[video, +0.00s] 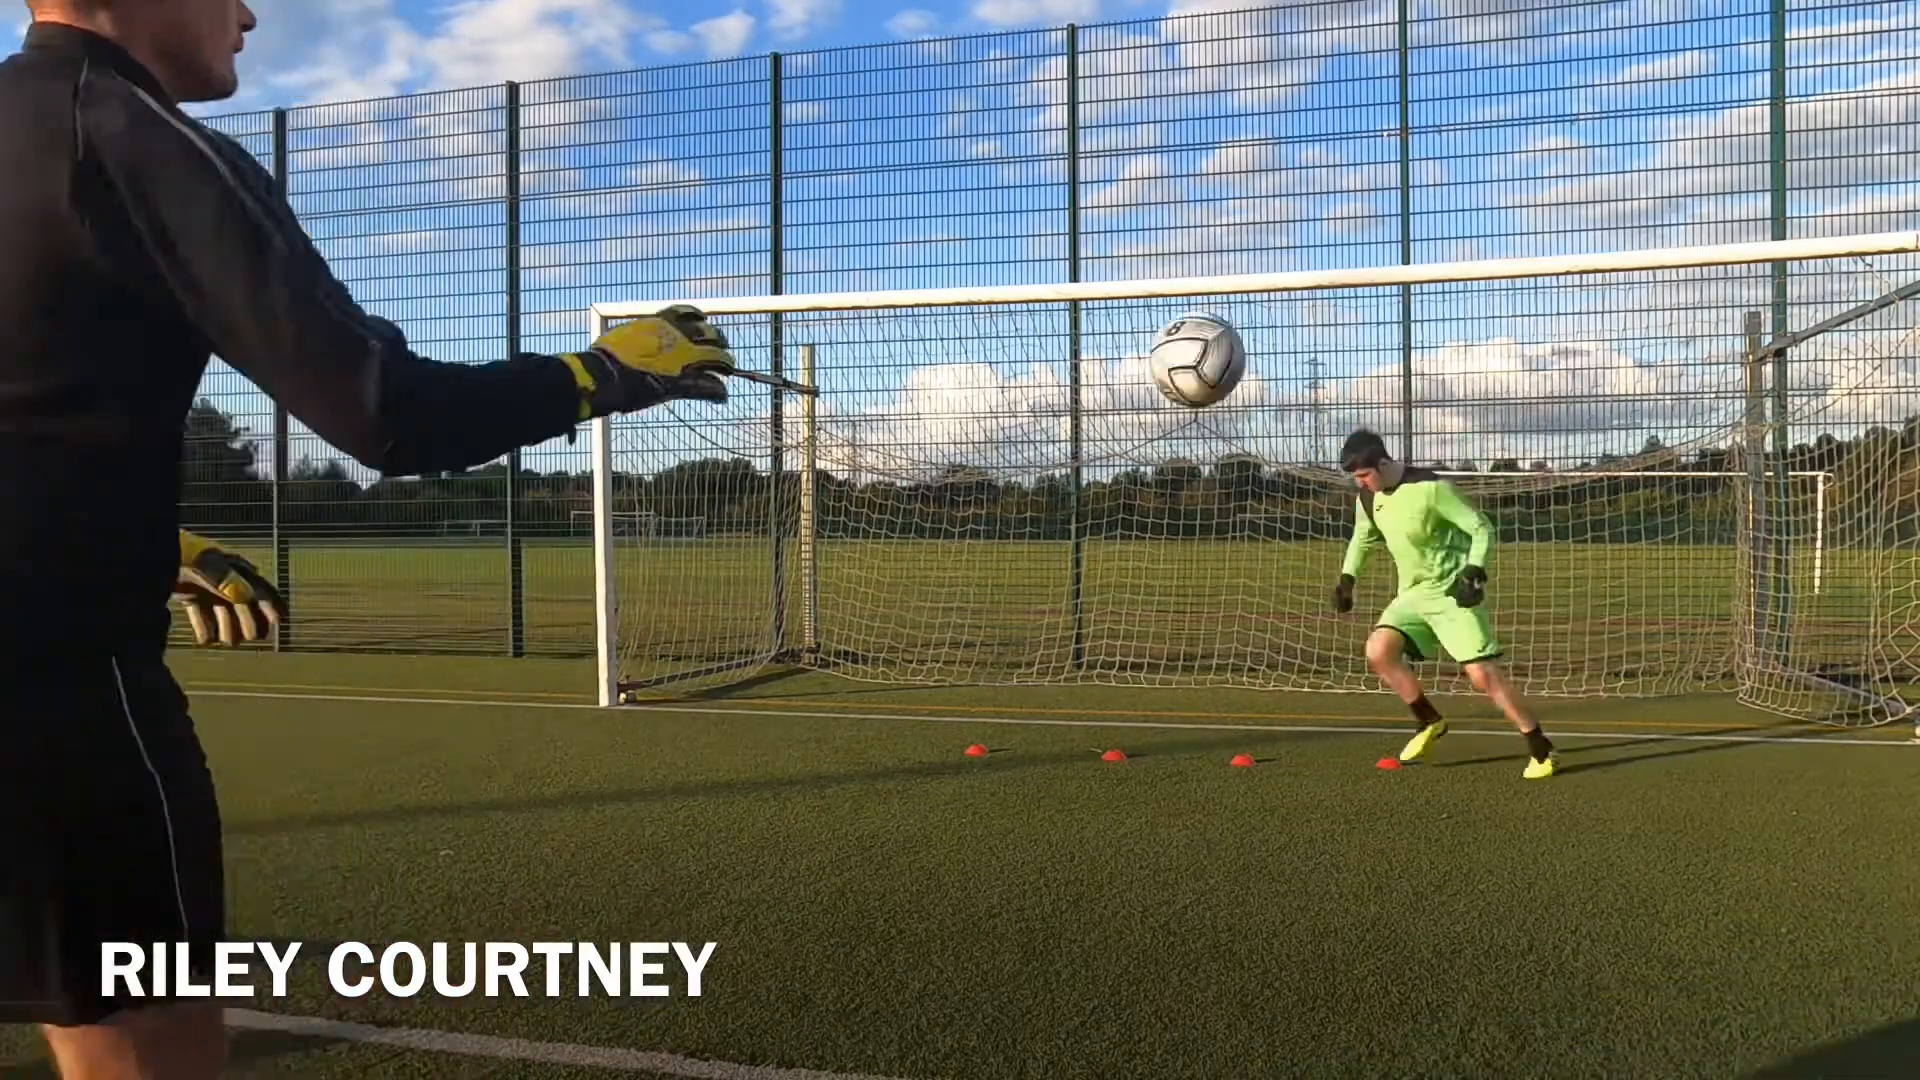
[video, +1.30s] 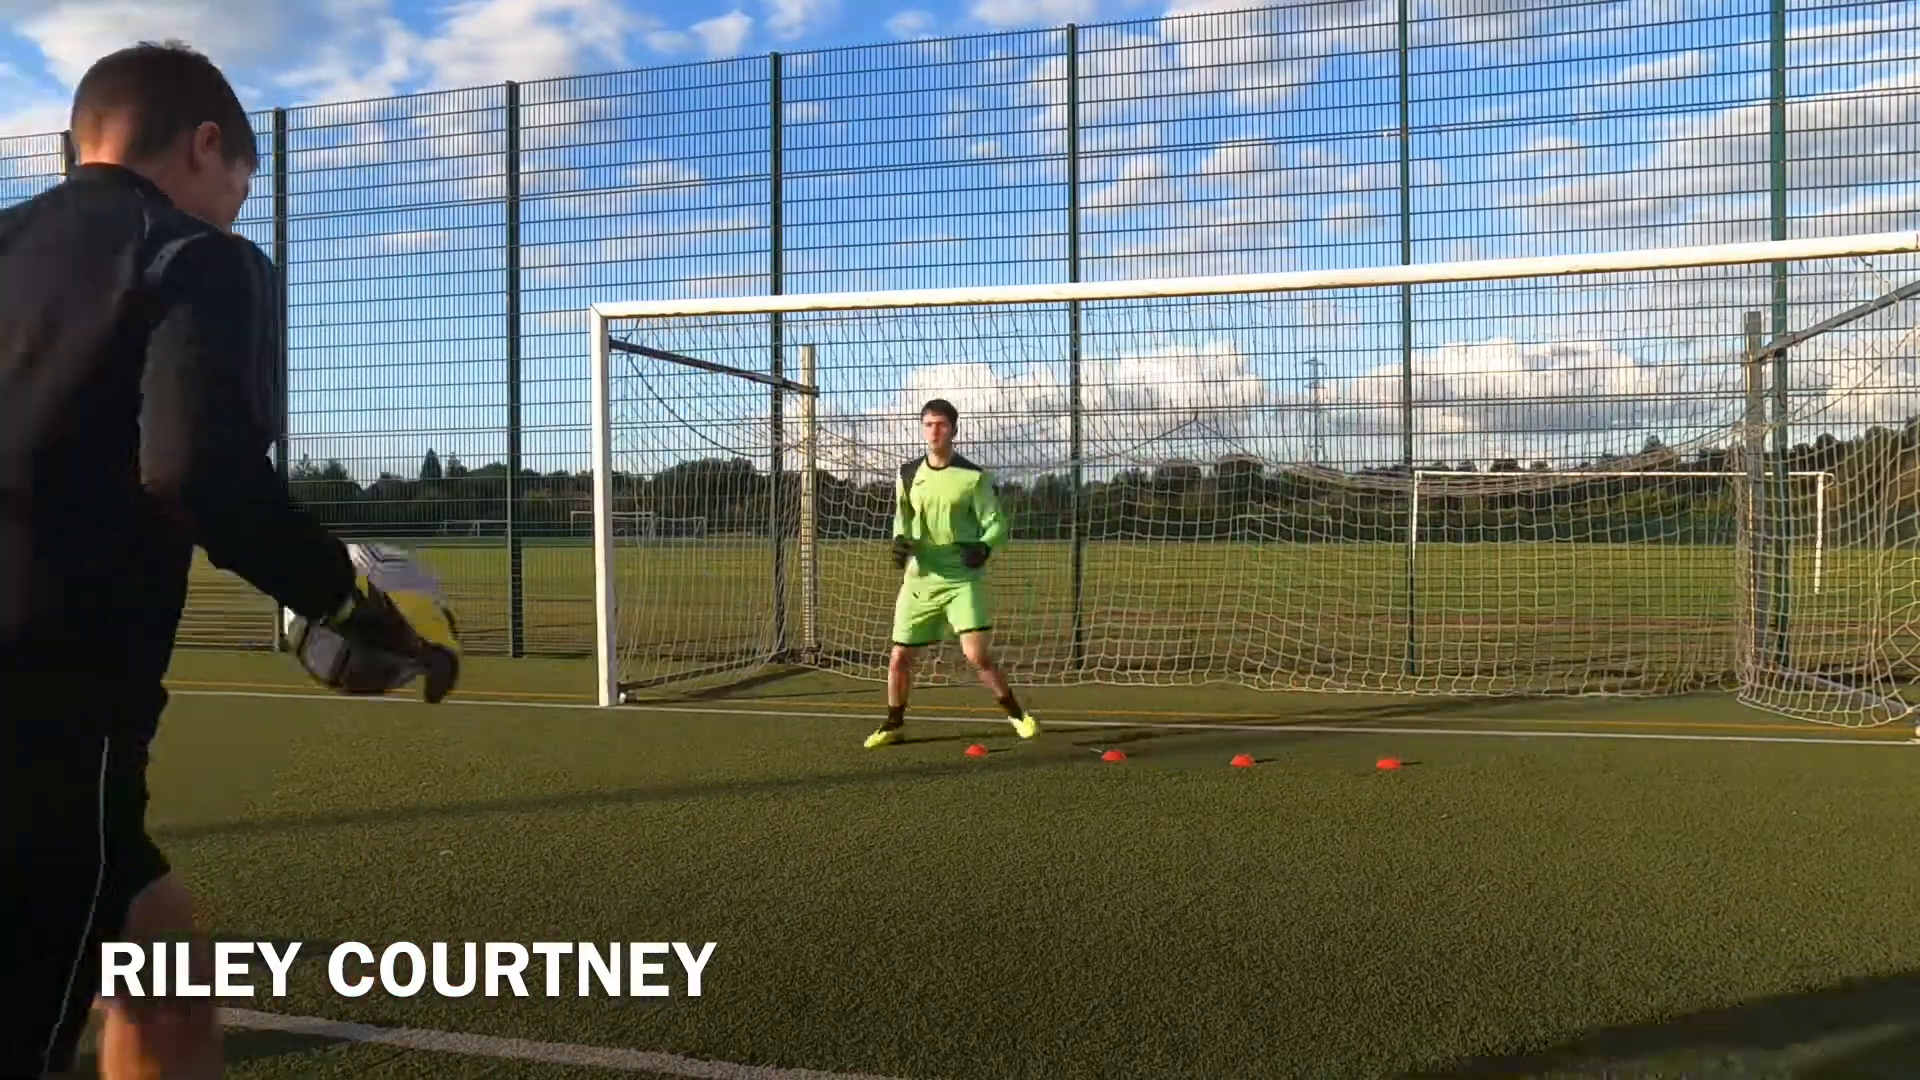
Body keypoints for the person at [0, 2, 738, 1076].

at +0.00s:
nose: (246, 12)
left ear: (83, 1)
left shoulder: (17, 113)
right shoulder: (133, 142)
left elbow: (19, 420)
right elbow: (389, 410)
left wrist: (151, 551)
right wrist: (601, 374)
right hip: (69, 667)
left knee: (106, 1048)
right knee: (149, 1051)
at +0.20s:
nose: (282, 100)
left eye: (275, 62)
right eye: (263, 59)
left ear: (141, 56)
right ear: (172, 50)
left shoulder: (24, 167)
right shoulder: (150, 210)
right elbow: (446, 432)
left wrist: (70, 624)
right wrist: (734, 495)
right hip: (6, 723)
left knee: (76, 1031)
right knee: (109, 1040)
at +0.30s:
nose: (273, 131)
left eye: (274, 101)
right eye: (262, 98)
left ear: (75, 84)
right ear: (187, 77)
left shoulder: (14, 183)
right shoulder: (154, 229)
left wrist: (20, 653)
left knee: (68, 1039)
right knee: (86, 1044)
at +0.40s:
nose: (252, 139)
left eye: (255, 108)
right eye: (246, 104)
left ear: (67, 83)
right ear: (181, 85)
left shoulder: (17, 184)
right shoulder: (105, 236)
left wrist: (10, 656)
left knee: (59, 1040)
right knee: (71, 1046)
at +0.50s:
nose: (205, 130)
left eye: (209, 98)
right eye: (202, 92)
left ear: (47, 64)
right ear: (139, 64)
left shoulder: (34, 192)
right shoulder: (69, 220)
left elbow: (5, 530)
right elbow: (5, 533)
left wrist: (72, 682)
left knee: (58, 1033)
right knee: (55, 1040)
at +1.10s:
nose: (125, 190)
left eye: (136, 166)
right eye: (131, 157)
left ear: (38, 106)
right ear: (88, 107)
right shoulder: (71, 247)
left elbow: (47, 541)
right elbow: (106, 536)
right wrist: (247, 592)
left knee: (28, 996)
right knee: (24, 1001)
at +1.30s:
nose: (238, 213)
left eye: (244, 189)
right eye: (240, 184)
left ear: (87, 147)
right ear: (199, 147)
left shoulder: (8, 235)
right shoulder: (196, 257)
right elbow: (198, 467)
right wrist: (345, 600)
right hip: (61, 693)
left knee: (160, 945)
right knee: (38, 1006)